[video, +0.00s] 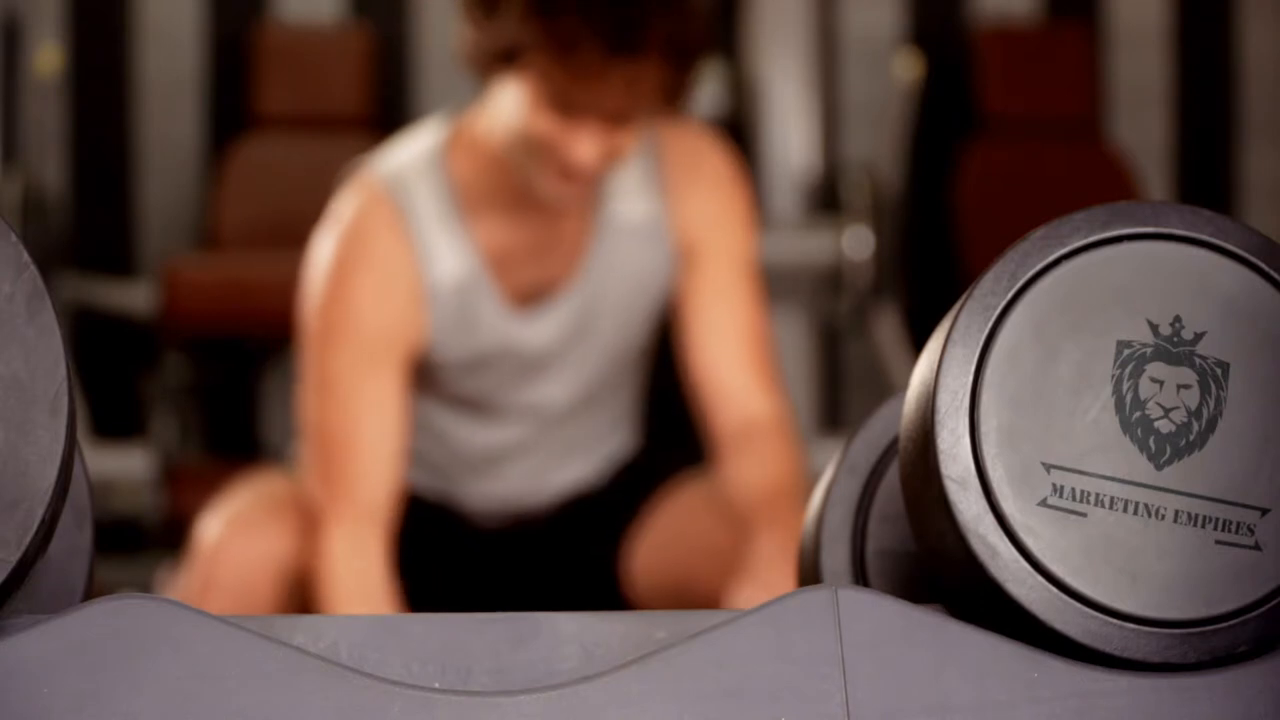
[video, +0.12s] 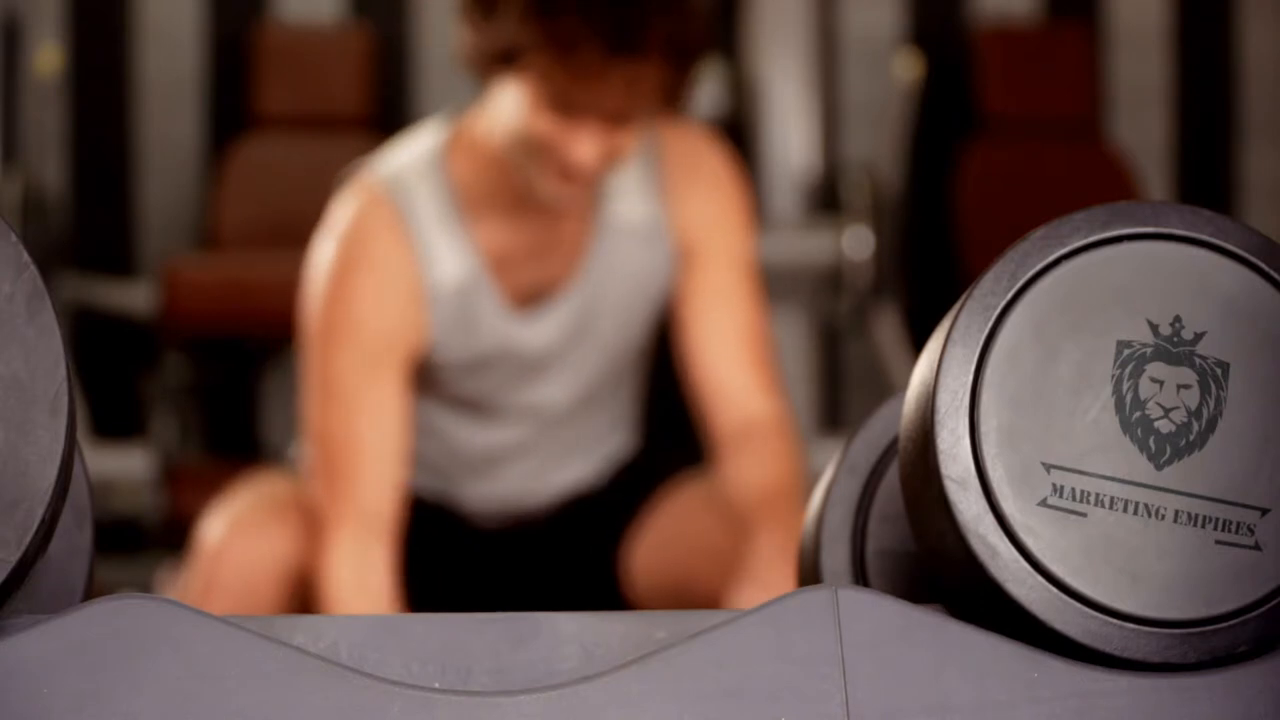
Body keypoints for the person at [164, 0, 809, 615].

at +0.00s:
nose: (588, 151)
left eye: (619, 120)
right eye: (562, 110)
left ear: (660, 99)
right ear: (500, 59)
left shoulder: (691, 171)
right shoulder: (378, 227)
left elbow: (750, 427)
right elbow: (351, 528)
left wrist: (768, 577)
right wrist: (390, 708)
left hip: (600, 524)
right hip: (417, 532)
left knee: (781, 533)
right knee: (244, 535)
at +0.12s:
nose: (587, 152)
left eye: (619, 121)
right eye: (562, 110)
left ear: (661, 100)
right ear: (499, 60)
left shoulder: (690, 172)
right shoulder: (378, 229)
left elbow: (750, 427)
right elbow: (357, 532)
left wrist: (767, 583)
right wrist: (384, 709)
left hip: (597, 523)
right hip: (415, 532)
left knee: (776, 535)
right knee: (245, 538)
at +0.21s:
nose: (587, 152)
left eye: (619, 120)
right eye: (561, 110)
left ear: (660, 100)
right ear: (499, 61)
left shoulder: (689, 171)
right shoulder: (377, 230)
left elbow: (750, 428)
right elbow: (358, 532)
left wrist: (767, 582)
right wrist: (379, 709)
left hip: (597, 523)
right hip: (415, 532)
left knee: (776, 536)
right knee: (245, 537)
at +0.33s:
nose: (584, 150)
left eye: (617, 118)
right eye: (559, 108)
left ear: (660, 100)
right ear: (499, 57)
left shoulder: (688, 172)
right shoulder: (377, 230)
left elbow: (748, 428)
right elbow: (353, 535)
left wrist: (764, 576)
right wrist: (367, 711)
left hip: (597, 523)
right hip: (414, 532)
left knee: (772, 533)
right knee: (242, 534)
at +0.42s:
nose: (583, 154)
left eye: (618, 122)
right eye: (559, 110)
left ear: (660, 105)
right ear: (501, 64)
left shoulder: (689, 174)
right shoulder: (378, 231)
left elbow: (746, 427)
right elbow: (347, 539)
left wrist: (760, 563)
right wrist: (361, 711)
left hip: (595, 526)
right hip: (412, 534)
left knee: (771, 537)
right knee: (236, 531)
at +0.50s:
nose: (587, 172)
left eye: (621, 139)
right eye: (563, 127)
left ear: (665, 124)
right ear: (506, 87)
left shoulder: (690, 178)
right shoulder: (381, 238)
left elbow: (742, 435)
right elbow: (344, 537)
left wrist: (741, 572)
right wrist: (351, 712)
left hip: (591, 527)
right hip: (408, 535)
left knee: (764, 540)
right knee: (233, 531)